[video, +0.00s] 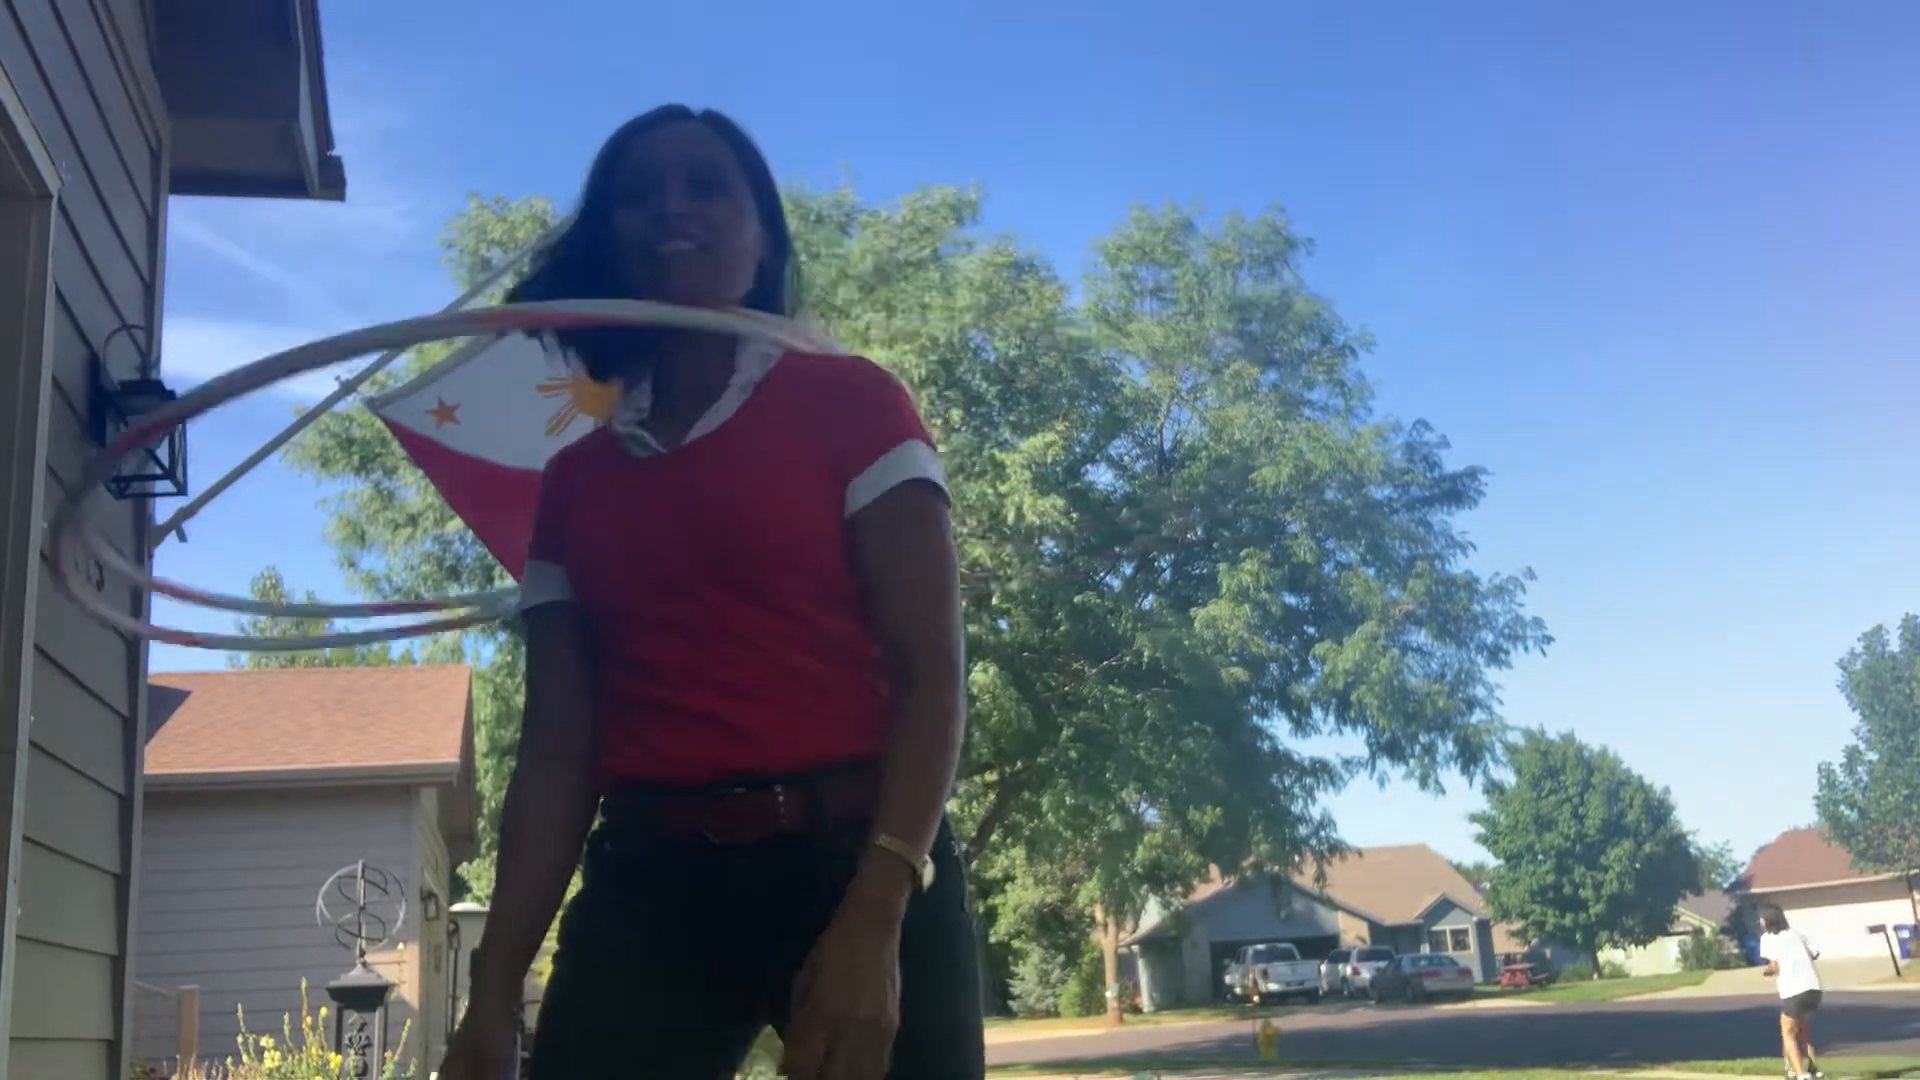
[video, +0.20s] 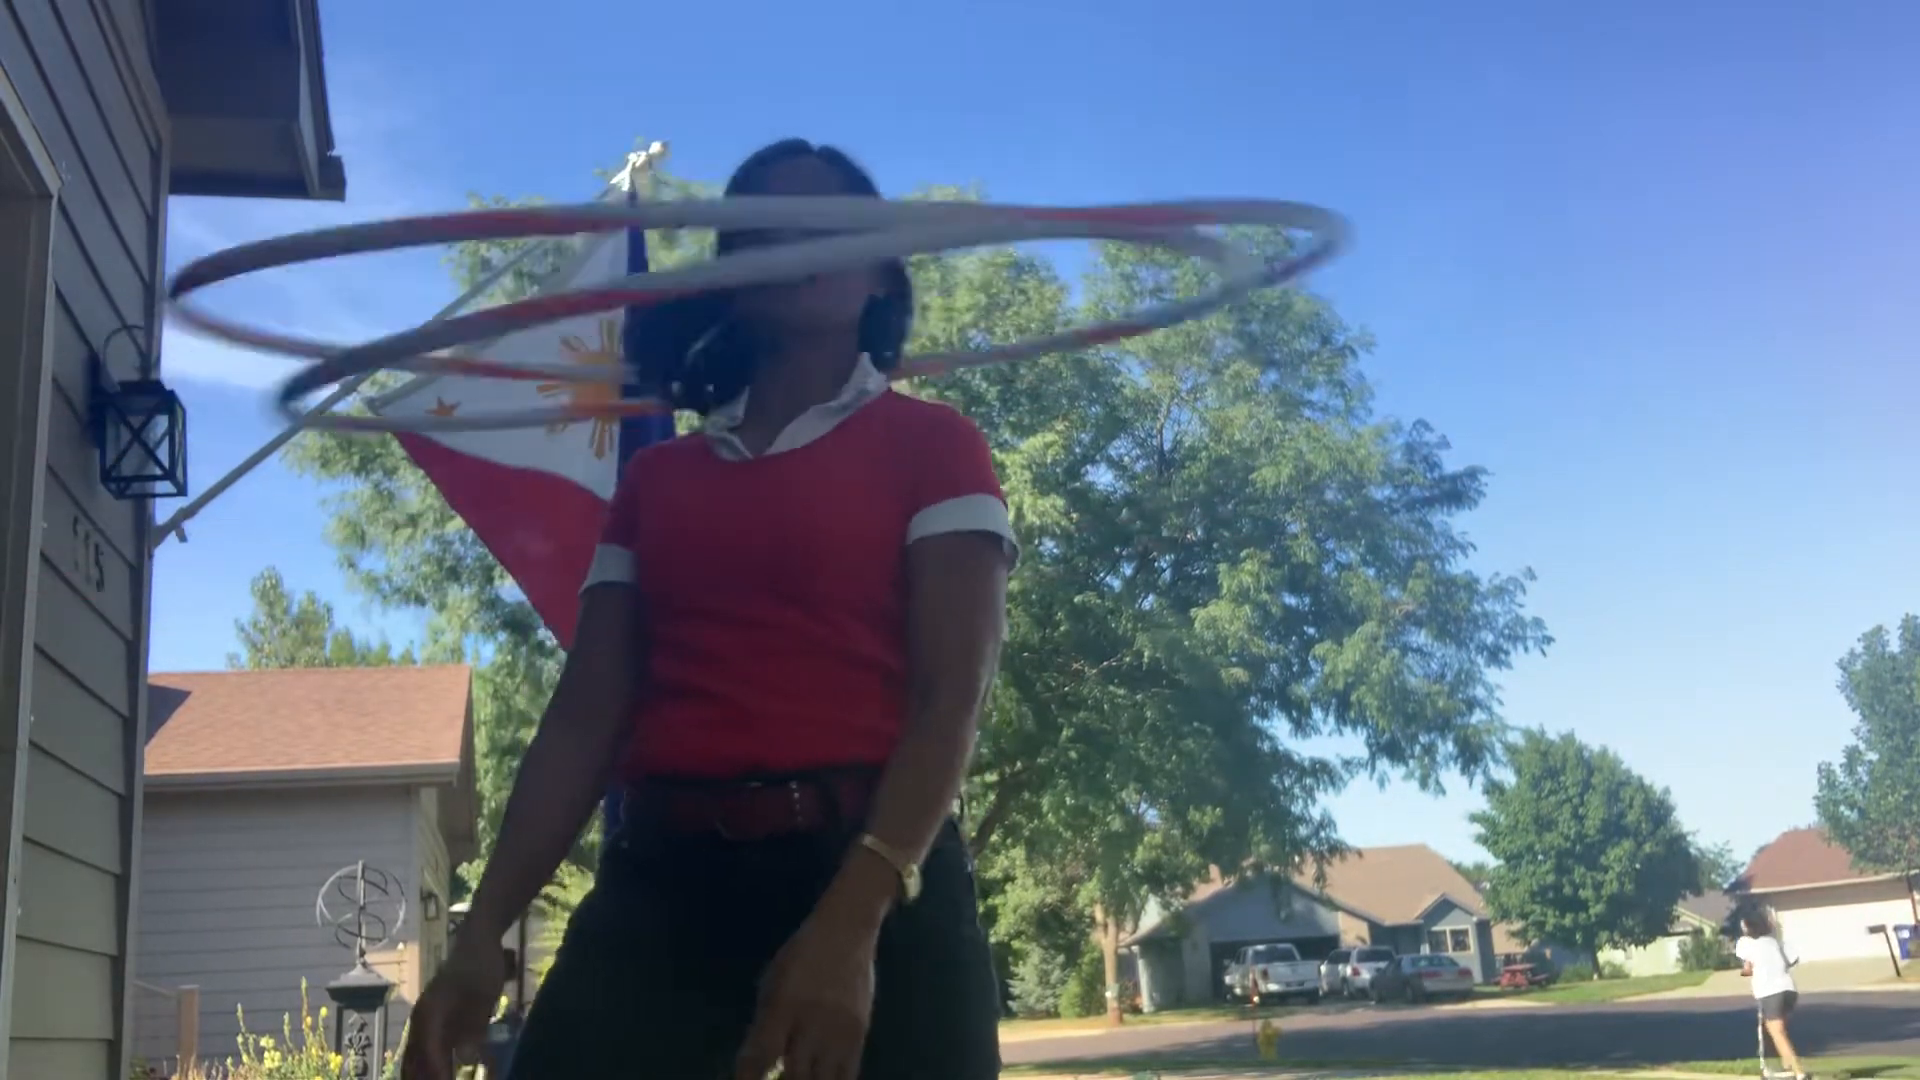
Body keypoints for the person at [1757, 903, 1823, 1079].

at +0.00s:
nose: (1760, 924)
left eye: (1761, 920)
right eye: (1760, 920)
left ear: (1766, 922)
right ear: (1781, 918)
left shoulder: (1767, 939)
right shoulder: (1795, 932)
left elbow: (1774, 966)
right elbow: (1814, 953)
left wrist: (1767, 971)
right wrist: (1799, 963)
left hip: (1793, 991)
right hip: (1814, 987)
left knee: (1788, 1032)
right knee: (1802, 1029)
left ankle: (1800, 1073)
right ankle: (1812, 1065)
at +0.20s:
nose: (1742, 928)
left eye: (1743, 925)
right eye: (1742, 925)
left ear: (1747, 926)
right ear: (1765, 924)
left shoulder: (1746, 943)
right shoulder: (1774, 941)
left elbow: (1747, 969)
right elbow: (1791, 959)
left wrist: (1743, 972)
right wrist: (1775, 968)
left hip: (1770, 992)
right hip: (1789, 989)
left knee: (1777, 1032)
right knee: (1776, 1028)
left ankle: (1798, 1071)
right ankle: (1788, 1065)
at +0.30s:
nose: (1734, 935)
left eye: (1735, 932)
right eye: (1733, 932)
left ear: (1740, 933)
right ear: (1756, 931)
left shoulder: (1737, 948)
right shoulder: (1765, 946)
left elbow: (1736, 972)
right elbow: (1784, 964)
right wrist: (1766, 972)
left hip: (1759, 993)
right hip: (1777, 991)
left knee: (1770, 1033)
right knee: (1757, 1027)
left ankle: (1795, 1069)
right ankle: (1775, 1066)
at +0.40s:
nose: (1727, 936)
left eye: (1728, 932)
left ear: (1728, 933)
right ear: (1744, 931)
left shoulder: (1724, 945)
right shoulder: (1754, 944)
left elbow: (1724, 970)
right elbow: (1772, 966)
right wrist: (1754, 970)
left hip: (1744, 991)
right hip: (1763, 988)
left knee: (1755, 1030)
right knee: (1748, 1028)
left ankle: (1781, 1062)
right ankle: (1763, 1065)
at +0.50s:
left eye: (1716, 929)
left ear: (1718, 930)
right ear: (1734, 929)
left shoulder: (1715, 942)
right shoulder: (1743, 942)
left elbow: (1712, 966)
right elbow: (1760, 965)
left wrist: (1713, 972)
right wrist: (1743, 970)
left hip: (1731, 988)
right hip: (1750, 987)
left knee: (1737, 1032)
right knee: (1736, 1029)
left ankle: (1763, 1053)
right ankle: (1752, 1064)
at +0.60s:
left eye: (1699, 929)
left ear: (1700, 929)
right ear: (1715, 927)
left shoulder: (1696, 942)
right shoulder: (1725, 941)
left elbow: (1697, 964)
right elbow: (1742, 962)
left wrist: (1697, 973)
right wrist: (1728, 970)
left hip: (1714, 988)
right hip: (1734, 987)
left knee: (1711, 1028)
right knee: (1725, 1026)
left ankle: (1732, 1056)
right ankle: (1735, 1062)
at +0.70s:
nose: (1684, 933)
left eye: (1684, 930)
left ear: (1687, 930)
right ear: (1701, 927)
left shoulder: (1686, 944)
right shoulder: (1712, 941)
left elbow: (1686, 967)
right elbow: (1730, 960)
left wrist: (1686, 976)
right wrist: (1717, 970)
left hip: (1704, 990)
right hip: (1723, 988)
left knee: (1696, 1026)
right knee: (1714, 1026)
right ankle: (1726, 1064)